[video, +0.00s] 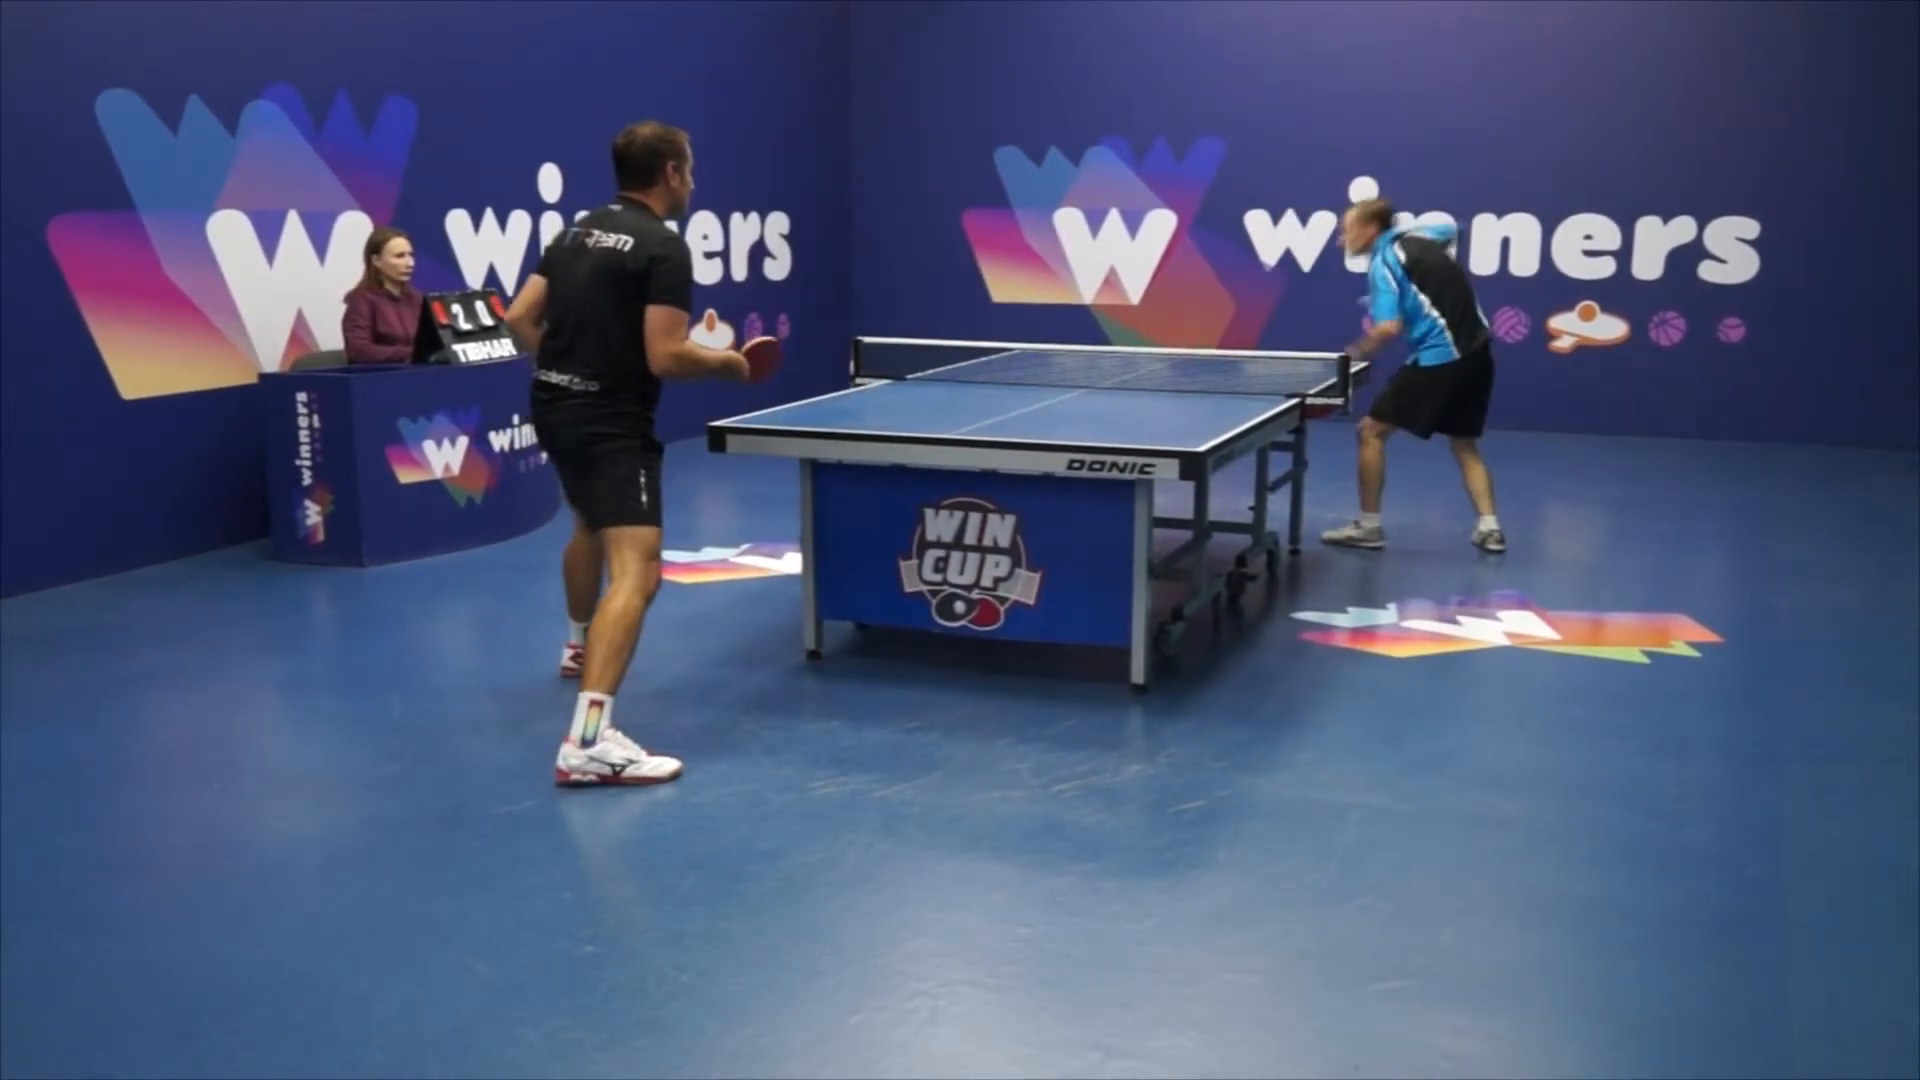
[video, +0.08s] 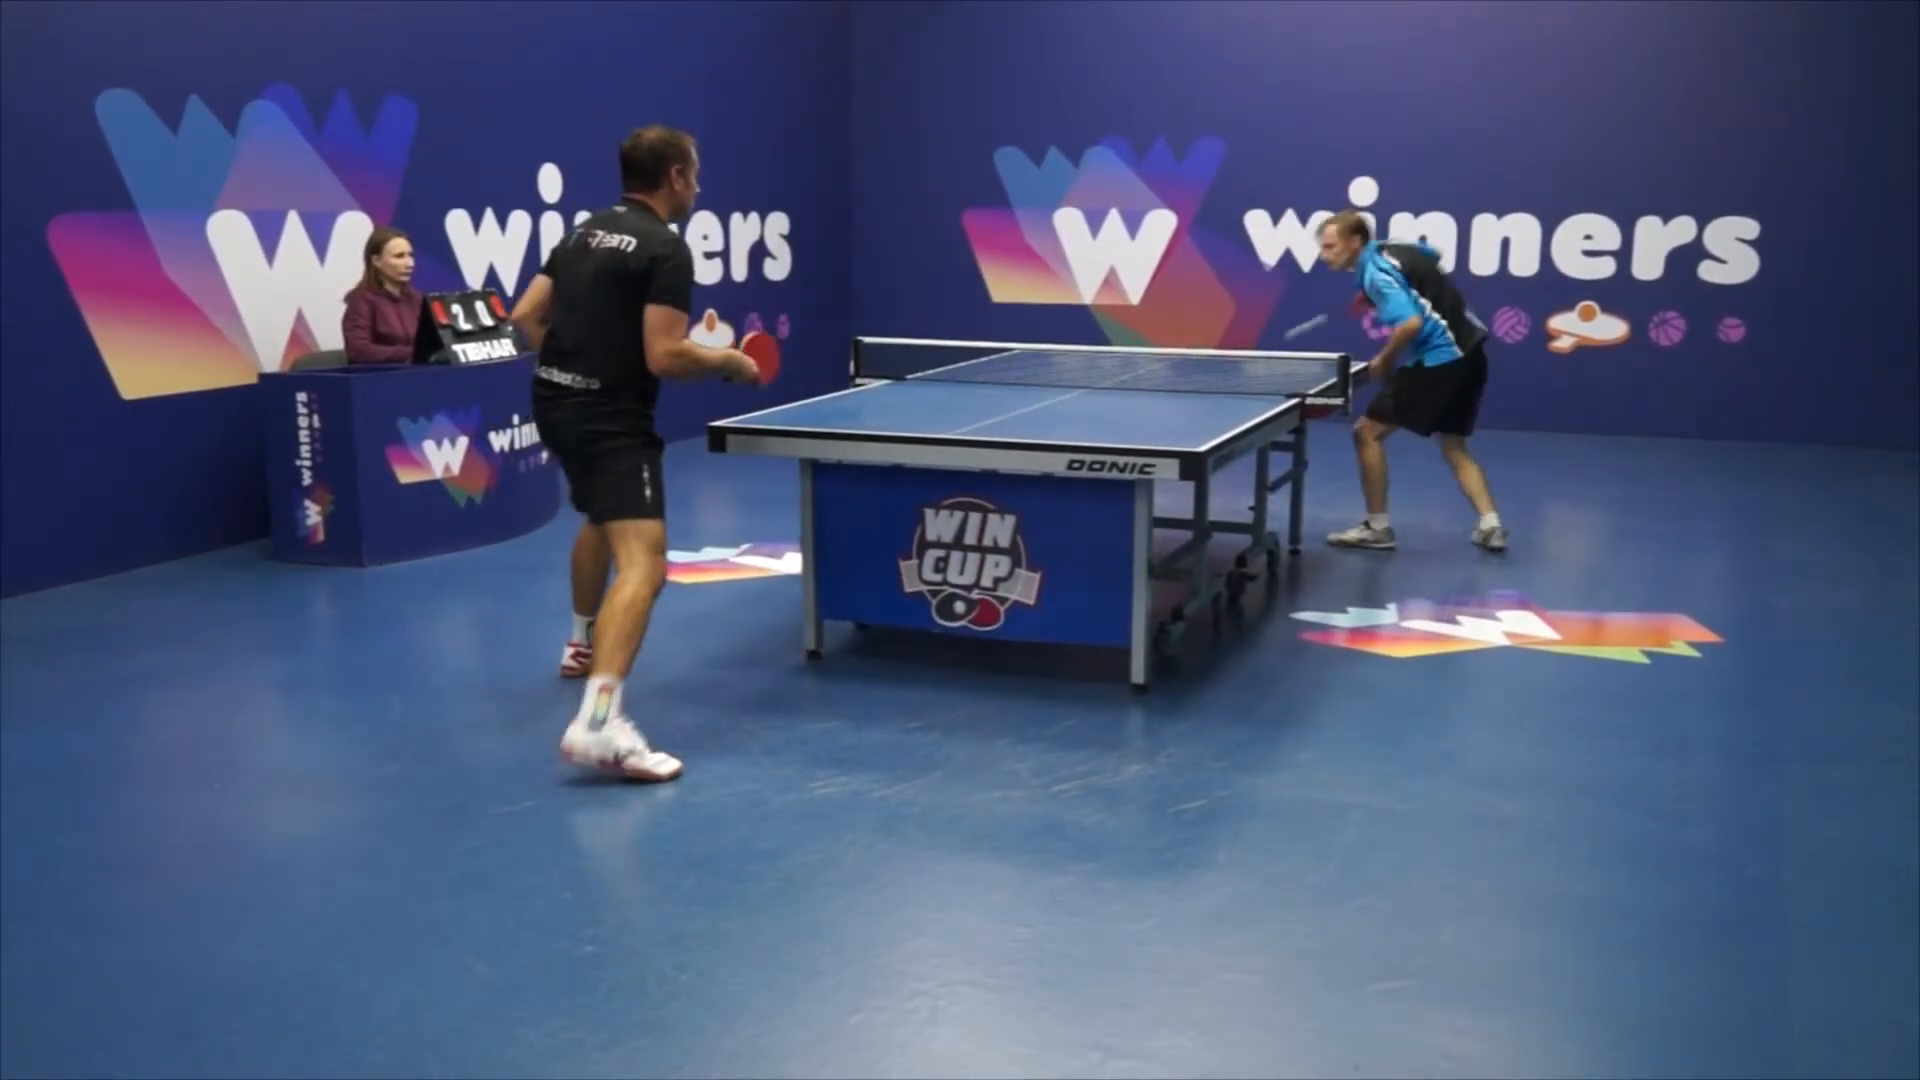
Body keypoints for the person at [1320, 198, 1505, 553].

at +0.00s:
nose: (1343, 238)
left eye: (1348, 229)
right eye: (1344, 230)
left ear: (1371, 228)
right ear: (1379, 227)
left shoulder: (1382, 262)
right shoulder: (1420, 237)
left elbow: (1388, 327)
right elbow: (1450, 224)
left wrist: (1360, 349)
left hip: (1436, 360)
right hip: (1477, 355)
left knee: (1371, 432)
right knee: (1465, 445)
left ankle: (1368, 525)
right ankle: (1489, 526)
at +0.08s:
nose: (1324, 255)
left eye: (1330, 247)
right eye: (1323, 247)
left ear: (1356, 243)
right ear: (1358, 243)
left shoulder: (1376, 273)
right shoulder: (1390, 249)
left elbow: (1410, 324)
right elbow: (1431, 255)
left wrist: (1384, 359)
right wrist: (1378, 295)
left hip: (1436, 362)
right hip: (1470, 356)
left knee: (1367, 433)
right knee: (1453, 445)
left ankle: (1377, 525)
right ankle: (1490, 522)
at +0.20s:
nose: (1321, 247)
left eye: (1327, 239)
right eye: (1317, 240)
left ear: (1350, 237)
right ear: (1316, 239)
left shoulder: (1373, 267)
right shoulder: (1358, 263)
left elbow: (1422, 308)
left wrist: (1382, 342)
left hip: (1420, 362)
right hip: (1425, 359)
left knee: (1356, 434)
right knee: (1412, 451)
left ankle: (1376, 525)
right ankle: (1490, 491)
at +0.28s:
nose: (1321, 234)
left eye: (1328, 226)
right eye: (1318, 227)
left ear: (1351, 225)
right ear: (1317, 227)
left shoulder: (1373, 256)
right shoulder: (1350, 257)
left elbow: (1421, 299)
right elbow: (1401, 255)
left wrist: (1377, 333)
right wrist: (1377, 325)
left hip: (1412, 356)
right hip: (1397, 354)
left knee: (1358, 434)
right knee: (1381, 437)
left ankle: (1376, 525)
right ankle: (1460, 477)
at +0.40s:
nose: (1321, 212)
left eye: (1328, 205)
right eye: (1317, 205)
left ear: (1350, 206)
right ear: (1317, 205)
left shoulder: (1373, 237)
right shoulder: (1341, 237)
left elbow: (1420, 281)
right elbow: (1365, 270)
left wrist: (1377, 313)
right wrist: (1348, 288)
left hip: (1410, 336)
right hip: (1383, 336)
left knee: (1387, 420)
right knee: (1357, 415)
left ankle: (1384, 514)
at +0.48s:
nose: (1323, 209)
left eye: (1331, 202)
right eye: (1320, 202)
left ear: (1352, 203)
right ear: (1318, 203)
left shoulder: (1378, 237)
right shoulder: (1337, 237)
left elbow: (1419, 282)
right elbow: (1355, 272)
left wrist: (1374, 311)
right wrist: (1336, 296)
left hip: (1406, 338)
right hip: (1371, 338)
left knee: (1387, 423)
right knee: (1343, 407)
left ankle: (1422, 508)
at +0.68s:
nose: (1342, 219)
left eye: (1350, 212)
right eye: (1339, 211)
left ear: (1371, 212)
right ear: (1337, 212)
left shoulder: (1398, 251)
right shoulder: (1345, 253)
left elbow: (1424, 303)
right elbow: (1338, 302)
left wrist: (1378, 329)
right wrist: (1315, 314)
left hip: (1410, 360)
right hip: (1369, 362)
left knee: (1418, 440)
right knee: (1333, 422)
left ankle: (1470, 505)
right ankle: (1327, 489)